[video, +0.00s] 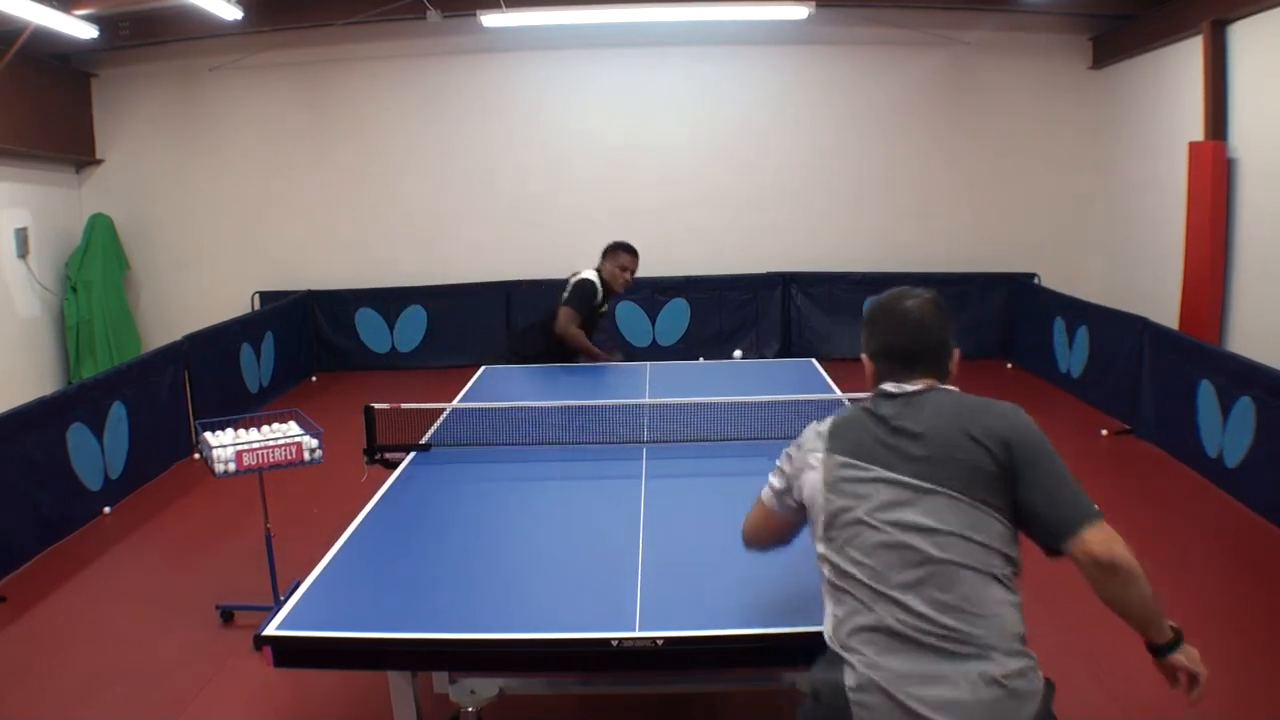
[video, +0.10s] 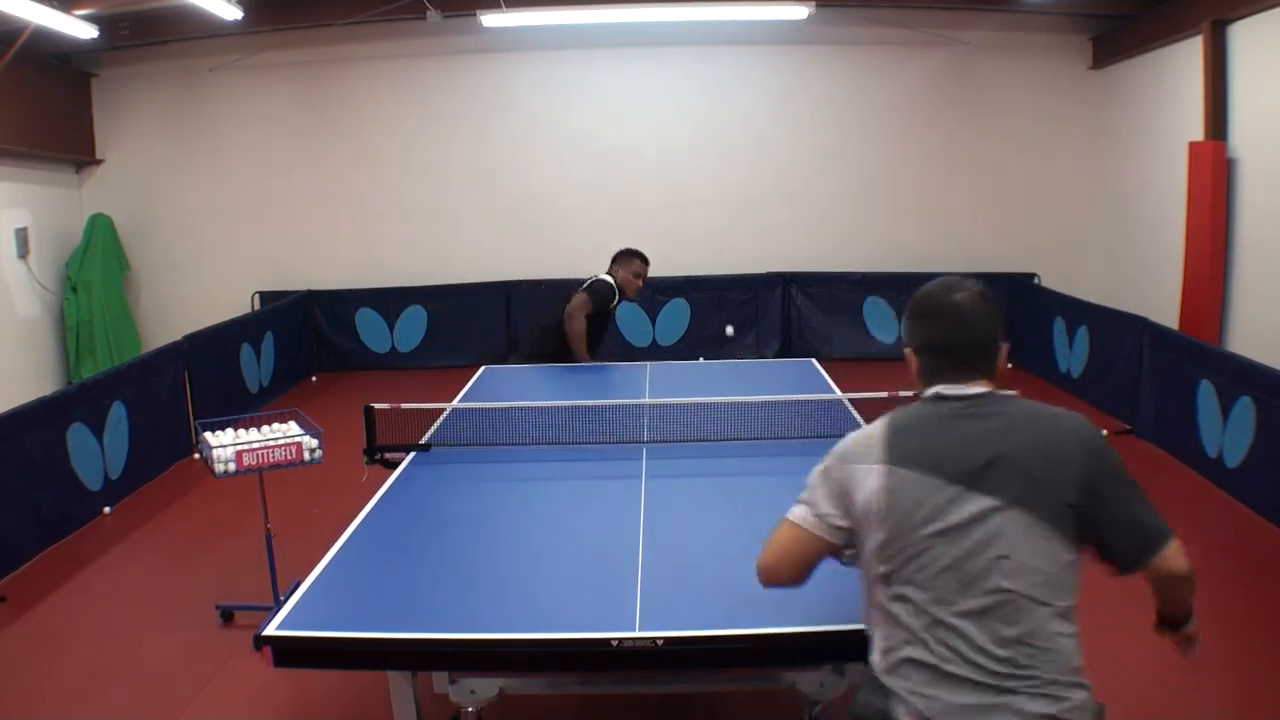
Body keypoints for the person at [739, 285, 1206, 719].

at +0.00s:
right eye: (957, 353)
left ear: (866, 366)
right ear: (954, 364)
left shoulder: (821, 441)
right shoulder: (1004, 427)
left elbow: (757, 533)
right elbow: (1102, 553)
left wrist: (815, 482)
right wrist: (1165, 642)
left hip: (867, 698)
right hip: (997, 699)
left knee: (825, 677)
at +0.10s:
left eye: (903, 354)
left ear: (910, 363)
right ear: (1003, 360)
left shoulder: (865, 450)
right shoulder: (1071, 440)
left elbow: (775, 569)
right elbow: (1173, 567)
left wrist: (834, 531)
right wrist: (1175, 619)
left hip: (910, 704)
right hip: (1045, 705)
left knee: (820, 687)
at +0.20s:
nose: (945, 333)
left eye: (944, 323)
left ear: (954, 329)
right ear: (1047, 324)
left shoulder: (926, 415)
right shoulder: (1132, 409)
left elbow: (815, 553)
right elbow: (1212, 530)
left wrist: (872, 535)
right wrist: (1156, 558)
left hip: (978, 695)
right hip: (1115, 696)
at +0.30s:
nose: (973, 309)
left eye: (970, 296)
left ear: (983, 304)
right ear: (1075, 295)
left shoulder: (958, 388)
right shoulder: (1168, 379)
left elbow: (851, 553)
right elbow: (1241, 519)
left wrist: (882, 562)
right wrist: (1143, 539)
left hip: (1023, 694)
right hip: (1168, 691)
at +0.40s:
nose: (993, 333)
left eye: (992, 322)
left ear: (1005, 328)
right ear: (1102, 316)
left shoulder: (981, 422)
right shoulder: (1199, 401)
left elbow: (883, 613)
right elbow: (1265, 561)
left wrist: (913, 620)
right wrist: (1174, 578)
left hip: (1051, 705)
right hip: (1199, 704)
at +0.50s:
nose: (1000, 423)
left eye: (997, 409)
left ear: (1010, 410)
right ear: (1108, 387)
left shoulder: (1002, 526)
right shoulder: (1227, 471)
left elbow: (898, 693)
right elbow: (1269, 623)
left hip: (1079, 708)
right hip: (1226, 708)